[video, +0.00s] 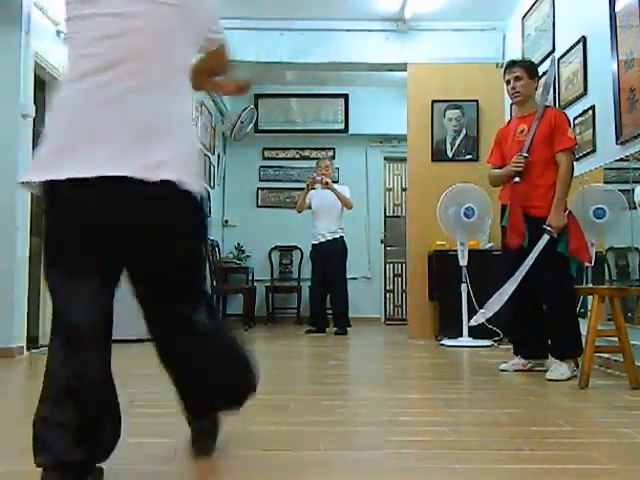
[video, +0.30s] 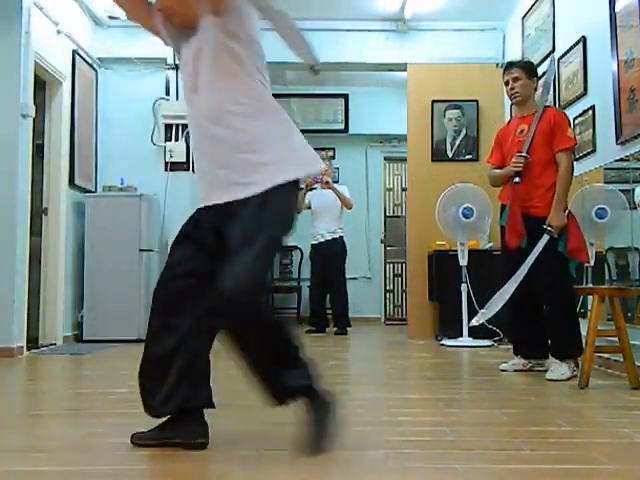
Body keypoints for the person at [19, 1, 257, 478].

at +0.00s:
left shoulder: (79, 7)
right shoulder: (193, 6)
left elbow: (102, 64)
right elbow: (216, 61)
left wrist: (210, 80)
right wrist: (189, 79)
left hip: (74, 167)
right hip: (160, 168)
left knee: (77, 324)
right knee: (177, 308)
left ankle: (67, 460)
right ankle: (204, 405)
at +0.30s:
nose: (166, 14)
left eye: (170, 7)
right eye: (164, 9)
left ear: (194, 2)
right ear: (173, 9)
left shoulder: (230, 16)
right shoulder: (183, 34)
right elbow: (134, 8)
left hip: (270, 176)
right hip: (220, 191)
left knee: (237, 291)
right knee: (178, 297)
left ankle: (308, 393)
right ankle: (186, 419)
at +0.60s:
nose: (316, 49)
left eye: (326, 40)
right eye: (308, 39)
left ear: (341, 43)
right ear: (293, 40)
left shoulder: (365, 93)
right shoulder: (271, 88)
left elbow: (424, 131)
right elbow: (204, 109)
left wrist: (493, 116)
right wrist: (227, 39)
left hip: (345, 232)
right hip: (279, 229)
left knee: (382, 311)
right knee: (243, 304)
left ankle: (389, 400)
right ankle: (218, 405)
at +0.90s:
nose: (412, 150)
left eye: (419, 141)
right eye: (404, 140)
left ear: (424, 140)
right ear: (375, 133)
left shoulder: (388, 172)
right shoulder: (354, 175)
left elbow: (408, 236)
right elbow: (418, 241)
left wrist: (431, 199)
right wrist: (496, 254)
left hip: (364, 273)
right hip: (322, 284)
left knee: (409, 307)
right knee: (354, 354)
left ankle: (396, 402)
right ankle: (345, 388)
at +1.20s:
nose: (408, 98)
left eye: (411, 89)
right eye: (401, 86)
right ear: (366, 81)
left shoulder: (388, 141)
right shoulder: (322, 128)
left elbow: (430, 196)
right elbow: (346, 209)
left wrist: (482, 150)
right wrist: (401, 158)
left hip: (347, 252)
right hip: (296, 256)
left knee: (387, 319)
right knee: (321, 341)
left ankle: (393, 404)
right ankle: (324, 390)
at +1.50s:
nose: (279, 56)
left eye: (286, 46)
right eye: (270, 44)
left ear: (291, 45)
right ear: (240, 37)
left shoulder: (288, 85)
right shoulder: (205, 64)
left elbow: (296, 146)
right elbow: (226, 9)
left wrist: (250, 146)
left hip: (247, 234)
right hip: (177, 225)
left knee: (310, 315)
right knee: (144, 313)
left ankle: (341, 395)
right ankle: (150, 434)